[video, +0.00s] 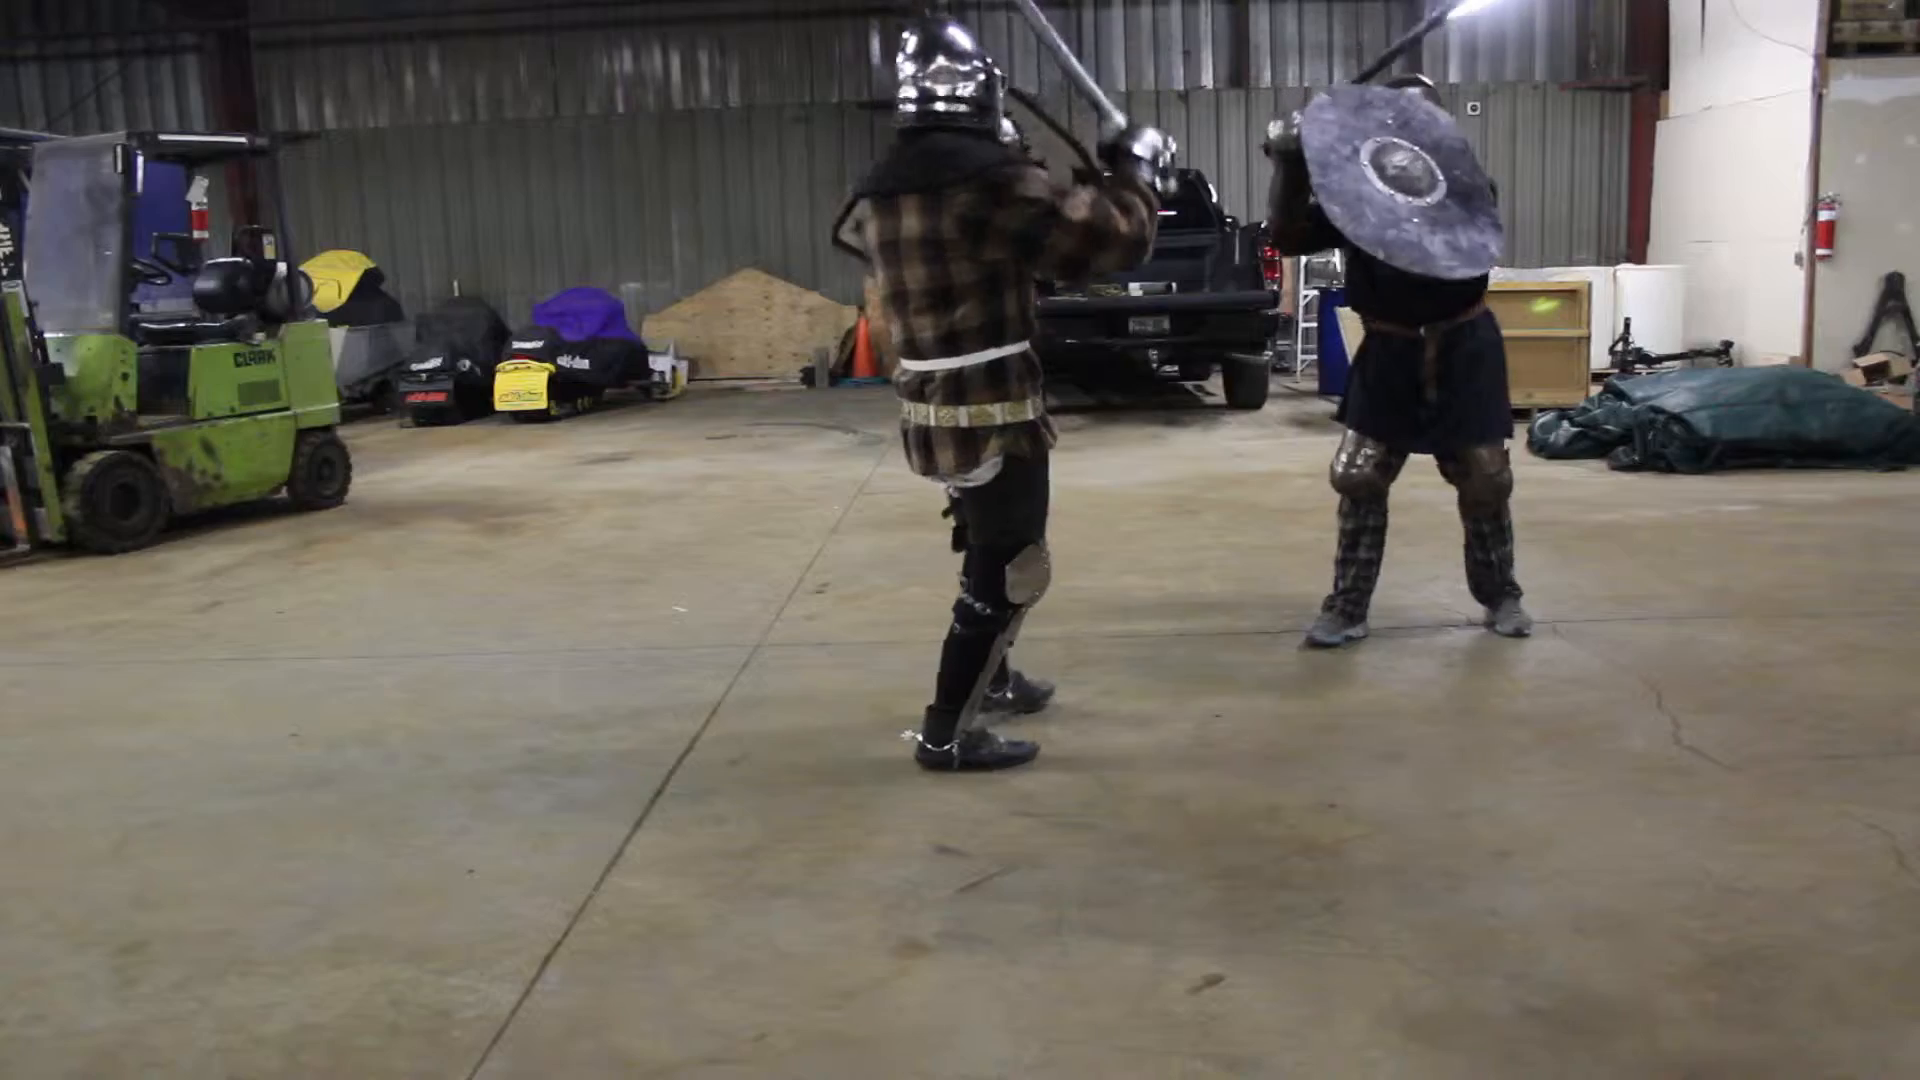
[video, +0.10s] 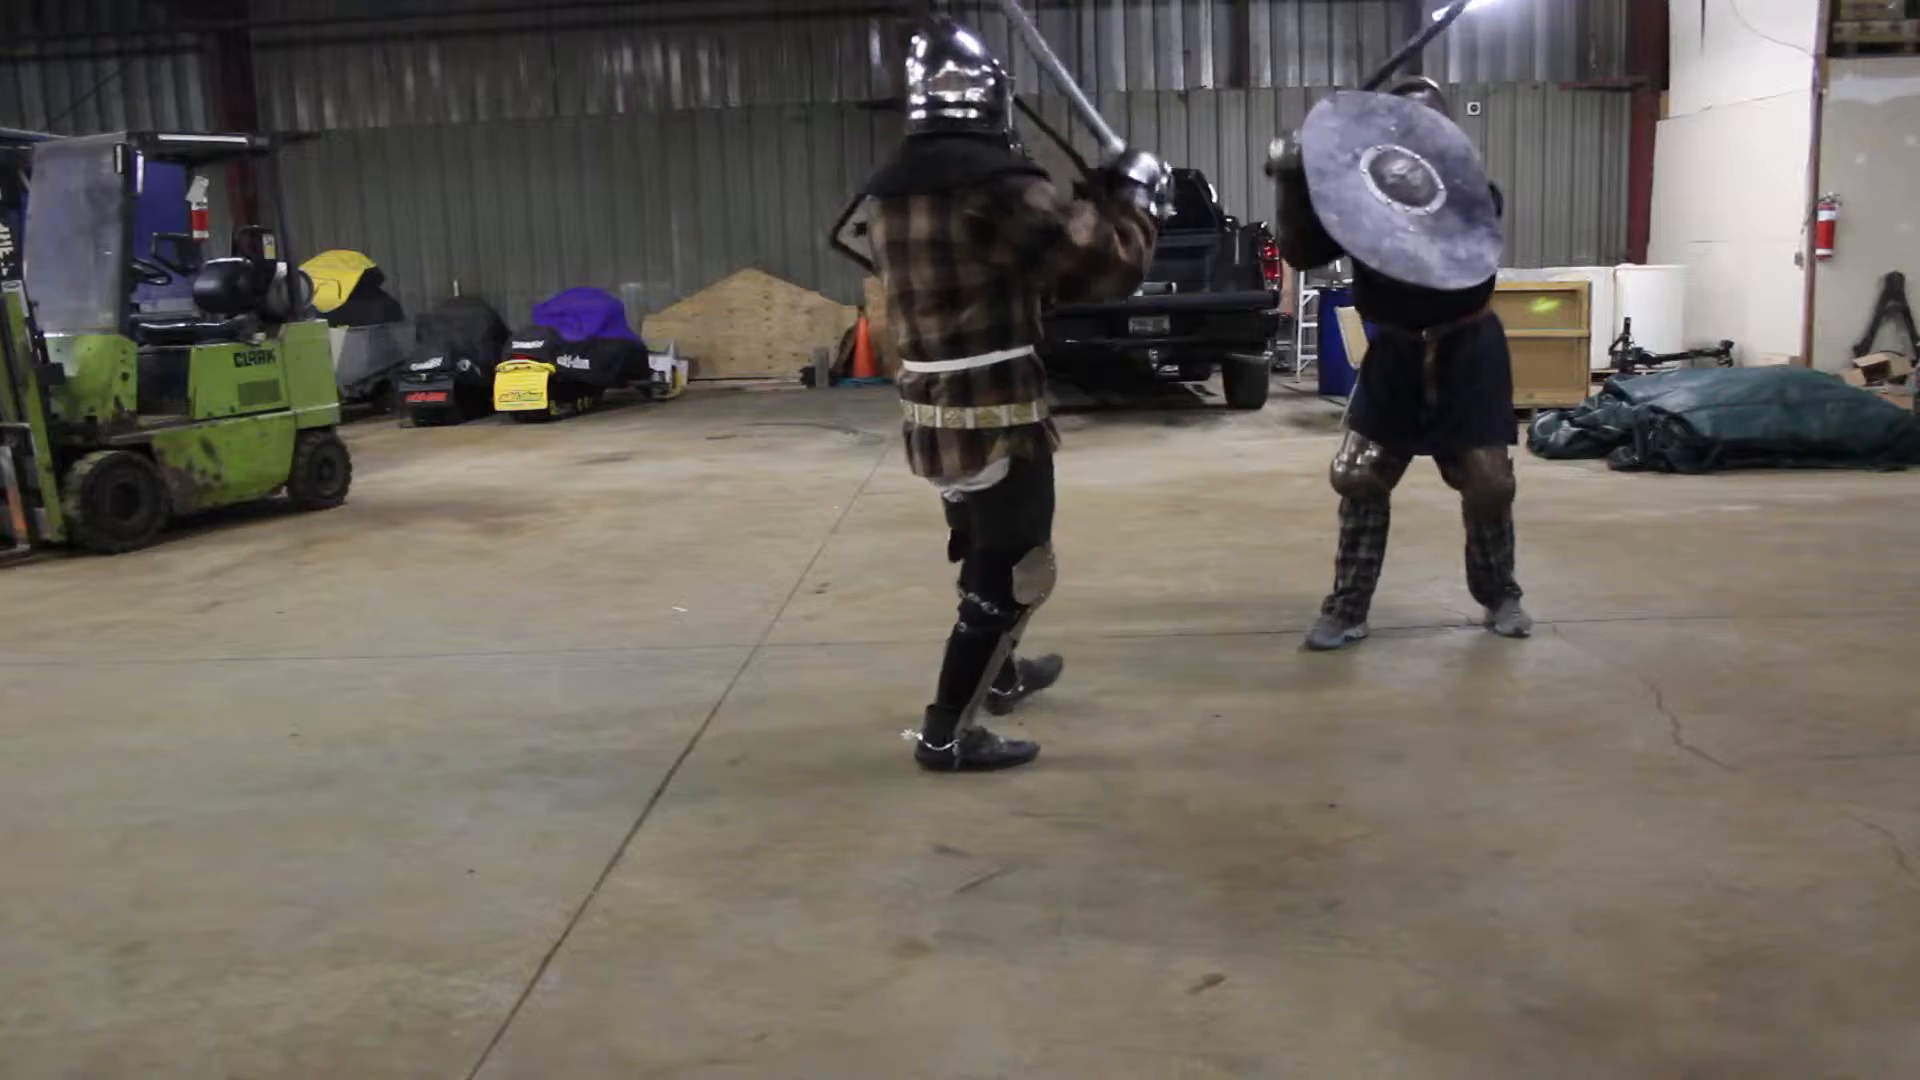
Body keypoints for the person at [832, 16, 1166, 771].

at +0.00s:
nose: (998, 105)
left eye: (990, 92)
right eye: (990, 92)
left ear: (909, 102)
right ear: (980, 96)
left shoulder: (886, 191)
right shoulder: (994, 181)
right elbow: (1108, 238)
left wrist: (1081, 184)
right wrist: (1135, 175)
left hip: (931, 412)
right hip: (997, 415)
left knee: (988, 545)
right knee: (1006, 575)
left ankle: (987, 676)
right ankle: (948, 731)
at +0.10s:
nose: (1004, 104)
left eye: (994, 92)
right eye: (997, 93)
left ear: (920, 104)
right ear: (990, 100)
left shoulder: (895, 190)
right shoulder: (999, 185)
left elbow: (1007, 267)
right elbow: (1108, 257)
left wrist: (1087, 194)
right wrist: (1138, 196)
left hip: (932, 415)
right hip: (1000, 420)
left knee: (980, 545)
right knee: (1012, 576)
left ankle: (997, 672)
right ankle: (949, 729)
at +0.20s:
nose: (1010, 114)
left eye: (1000, 101)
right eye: (1006, 101)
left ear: (927, 108)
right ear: (999, 105)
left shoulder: (901, 192)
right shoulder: (1002, 188)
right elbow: (1099, 276)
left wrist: (1088, 201)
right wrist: (1140, 210)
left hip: (934, 418)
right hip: (1001, 421)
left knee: (977, 556)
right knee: (1021, 578)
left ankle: (1003, 675)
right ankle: (949, 730)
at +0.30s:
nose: (1013, 115)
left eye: (1002, 103)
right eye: (1009, 103)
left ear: (934, 109)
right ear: (1005, 107)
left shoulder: (911, 192)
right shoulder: (1006, 189)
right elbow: (1104, 272)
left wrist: (1087, 206)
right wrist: (1140, 208)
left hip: (937, 420)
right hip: (1001, 424)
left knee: (985, 553)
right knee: (1029, 581)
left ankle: (1007, 674)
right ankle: (948, 730)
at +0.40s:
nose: (1021, 119)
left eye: (1013, 108)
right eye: (1017, 108)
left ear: (941, 115)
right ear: (1010, 113)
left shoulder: (915, 195)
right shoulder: (1012, 195)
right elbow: (1122, 264)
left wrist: (1095, 204)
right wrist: (1149, 202)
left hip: (938, 420)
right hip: (998, 425)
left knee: (995, 552)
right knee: (1033, 583)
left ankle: (1008, 674)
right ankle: (948, 727)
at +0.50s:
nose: (1023, 123)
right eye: (1019, 111)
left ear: (942, 115)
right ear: (1014, 114)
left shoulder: (918, 196)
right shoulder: (1014, 198)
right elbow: (1127, 262)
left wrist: (1100, 202)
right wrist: (1155, 201)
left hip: (935, 419)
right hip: (995, 423)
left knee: (999, 549)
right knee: (1057, 573)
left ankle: (1009, 671)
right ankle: (955, 718)